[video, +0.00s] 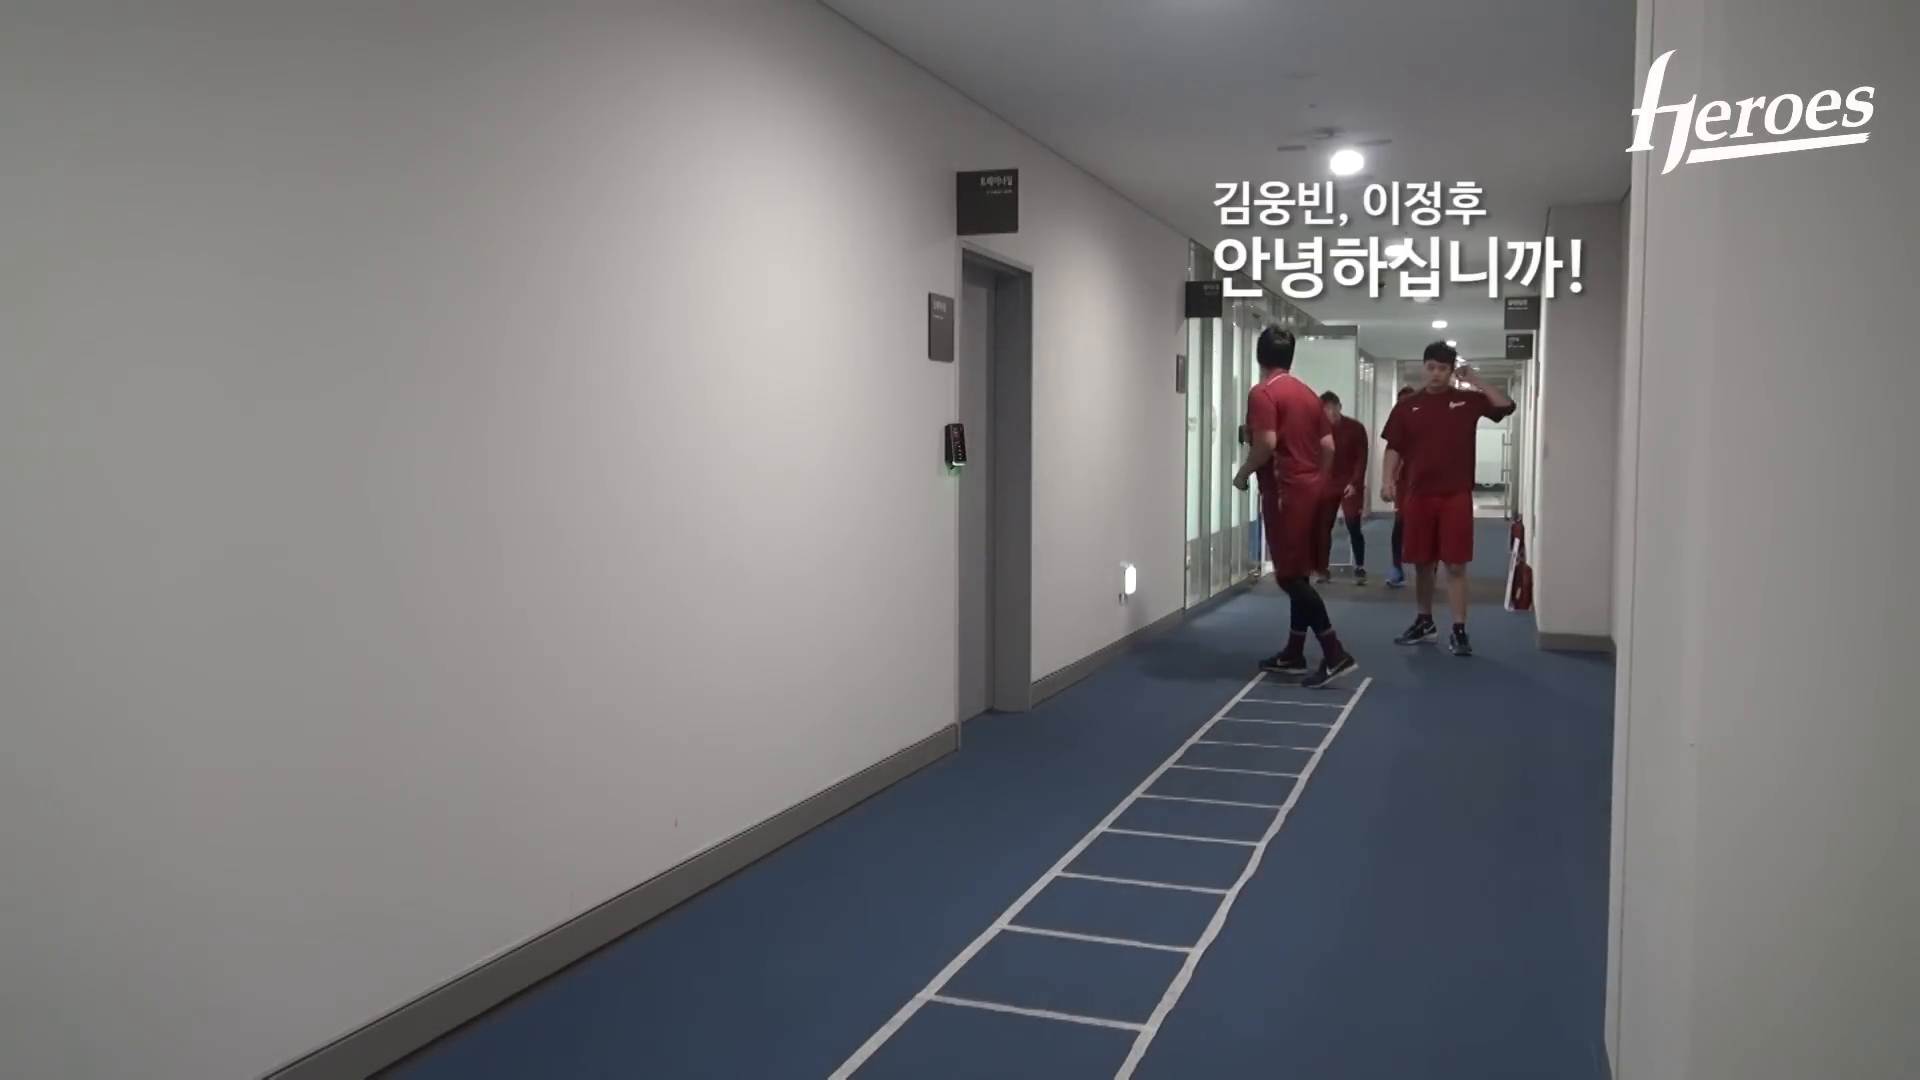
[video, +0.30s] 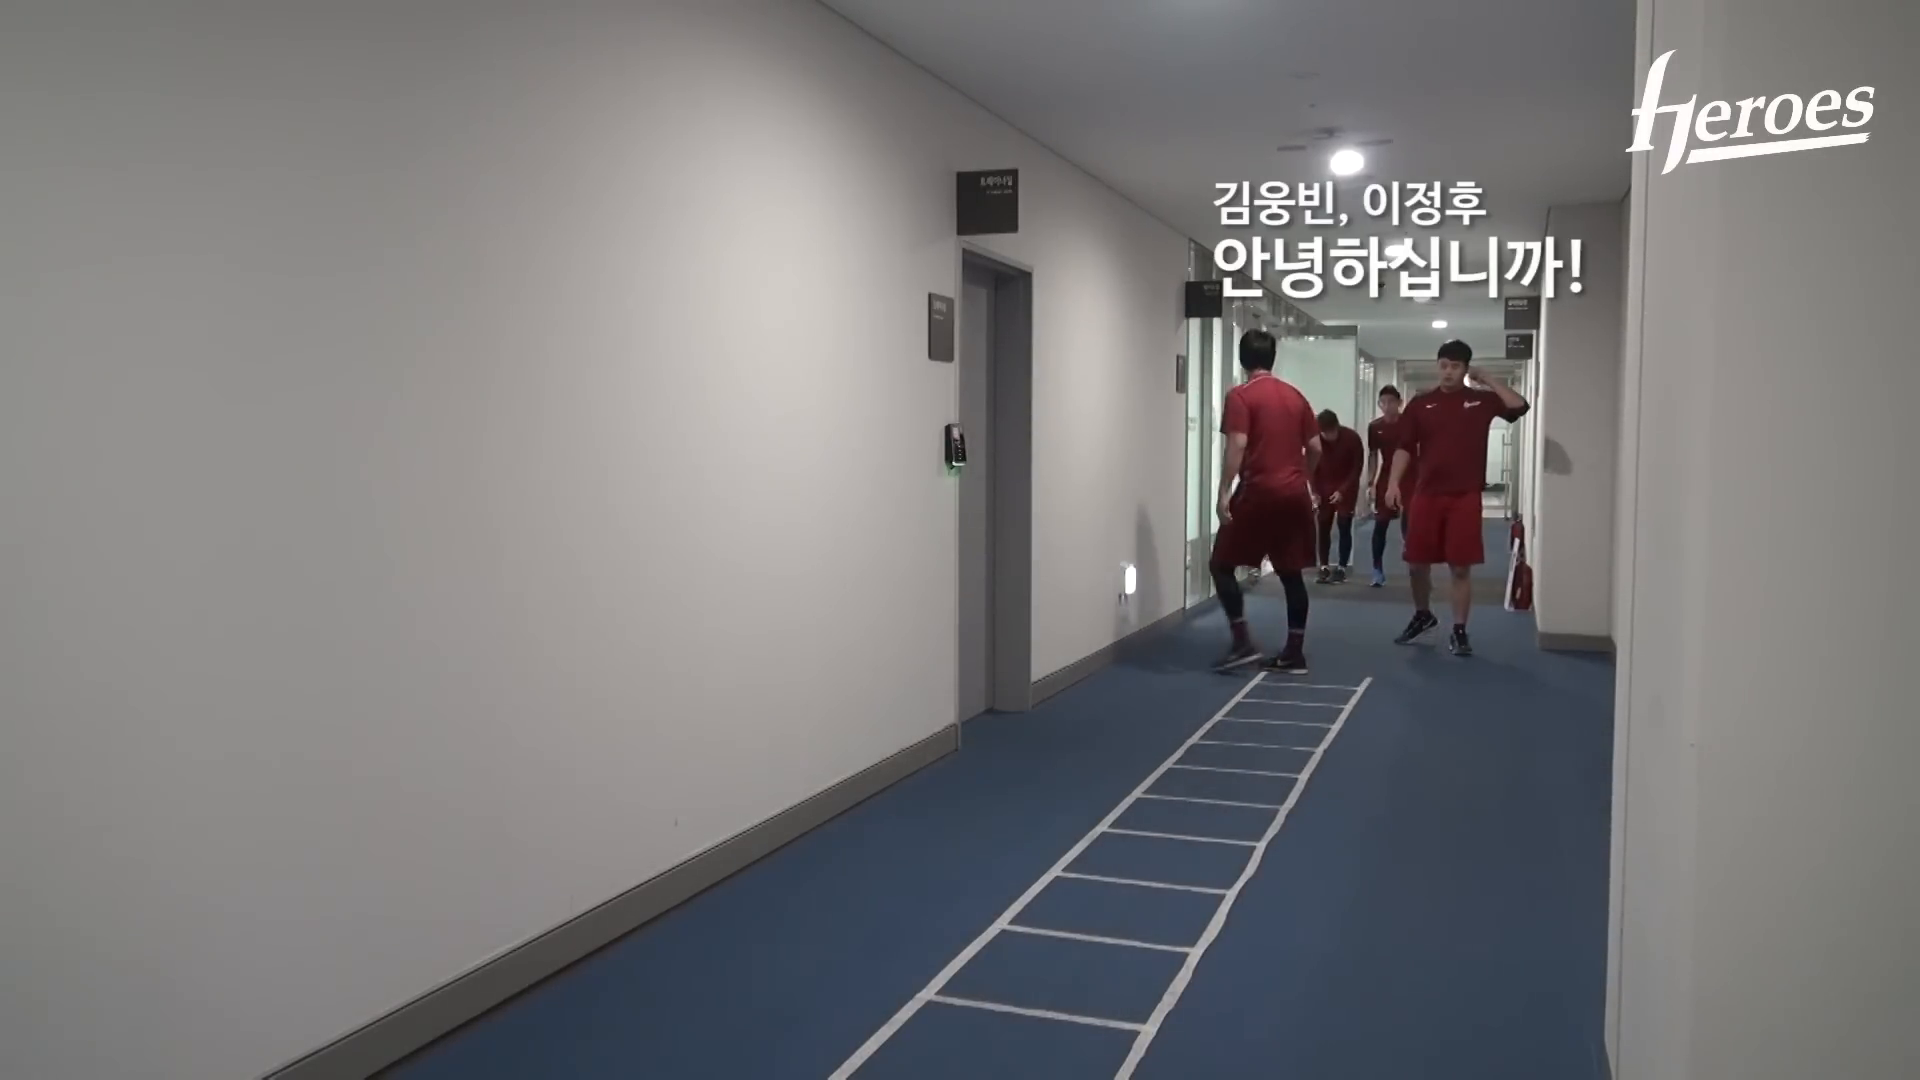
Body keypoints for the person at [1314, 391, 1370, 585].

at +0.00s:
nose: (1328, 413)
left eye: (1330, 408)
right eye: (1324, 409)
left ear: (1338, 407)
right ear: (1321, 410)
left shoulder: (1355, 428)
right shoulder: (1319, 429)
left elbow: (1361, 459)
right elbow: (1314, 456)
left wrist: (1355, 483)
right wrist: (1318, 477)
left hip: (1350, 484)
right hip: (1327, 484)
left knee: (1353, 526)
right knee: (1323, 528)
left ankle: (1359, 566)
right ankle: (1322, 568)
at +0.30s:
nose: (1328, 436)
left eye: (1330, 432)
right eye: (1324, 432)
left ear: (1337, 426)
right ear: (1320, 430)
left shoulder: (1352, 438)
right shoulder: (1315, 441)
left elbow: (1356, 470)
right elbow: (1311, 468)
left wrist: (1342, 491)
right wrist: (1315, 490)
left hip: (1346, 491)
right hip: (1324, 490)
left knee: (1344, 527)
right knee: (1323, 528)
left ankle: (1342, 565)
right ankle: (1323, 565)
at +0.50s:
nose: (1331, 445)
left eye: (1334, 441)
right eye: (1327, 441)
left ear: (1340, 433)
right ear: (1321, 433)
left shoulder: (1353, 440)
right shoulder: (1313, 438)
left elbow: (1356, 471)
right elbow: (1310, 467)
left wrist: (1348, 496)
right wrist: (1313, 491)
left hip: (1346, 491)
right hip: (1324, 491)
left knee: (1344, 527)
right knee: (1323, 528)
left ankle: (1342, 566)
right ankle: (1324, 566)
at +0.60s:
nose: (1330, 438)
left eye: (1333, 434)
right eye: (1326, 434)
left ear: (1340, 427)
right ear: (1321, 427)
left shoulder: (1351, 438)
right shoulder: (1313, 435)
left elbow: (1356, 469)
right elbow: (1308, 465)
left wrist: (1349, 494)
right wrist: (1309, 492)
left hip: (1344, 489)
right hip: (1323, 488)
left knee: (1343, 527)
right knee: (1323, 528)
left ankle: (1341, 567)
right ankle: (1324, 566)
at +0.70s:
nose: (1331, 425)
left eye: (1334, 421)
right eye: (1327, 421)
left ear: (1339, 418)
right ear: (1320, 418)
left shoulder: (1349, 435)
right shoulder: (1312, 431)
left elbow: (1354, 468)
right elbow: (1307, 461)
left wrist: (1347, 493)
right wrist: (1304, 488)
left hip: (1342, 488)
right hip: (1320, 486)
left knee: (1342, 527)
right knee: (1320, 527)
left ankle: (1340, 566)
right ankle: (1322, 566)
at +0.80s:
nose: (1325, 413)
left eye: (1329, 409)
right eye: (1322, 409)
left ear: (1335, 410)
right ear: (1317, 409)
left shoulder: (1345, 432)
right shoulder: (1311, 427)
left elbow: (1348, 465)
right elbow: (1306, 456)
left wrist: (1337, 488)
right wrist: (1301, 483)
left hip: (1339, 484)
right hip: (1318, 483)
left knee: (1339, 524)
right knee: (1313, 522)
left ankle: (1340, 566)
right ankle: (1317, 565)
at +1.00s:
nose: (1318, 402)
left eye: (1322, 398)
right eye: (1315, 397)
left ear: (1328, 402)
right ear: (1310, 400)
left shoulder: (1335, 427)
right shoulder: (1305, 425)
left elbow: (1334, 459)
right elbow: (1302, 456)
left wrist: (1309, 469)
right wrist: (1290, 480)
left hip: (1331, 483)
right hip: (1311, 482)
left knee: (1334, 520)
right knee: (1302, 520)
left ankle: (1339, 567)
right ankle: (1301, 563)